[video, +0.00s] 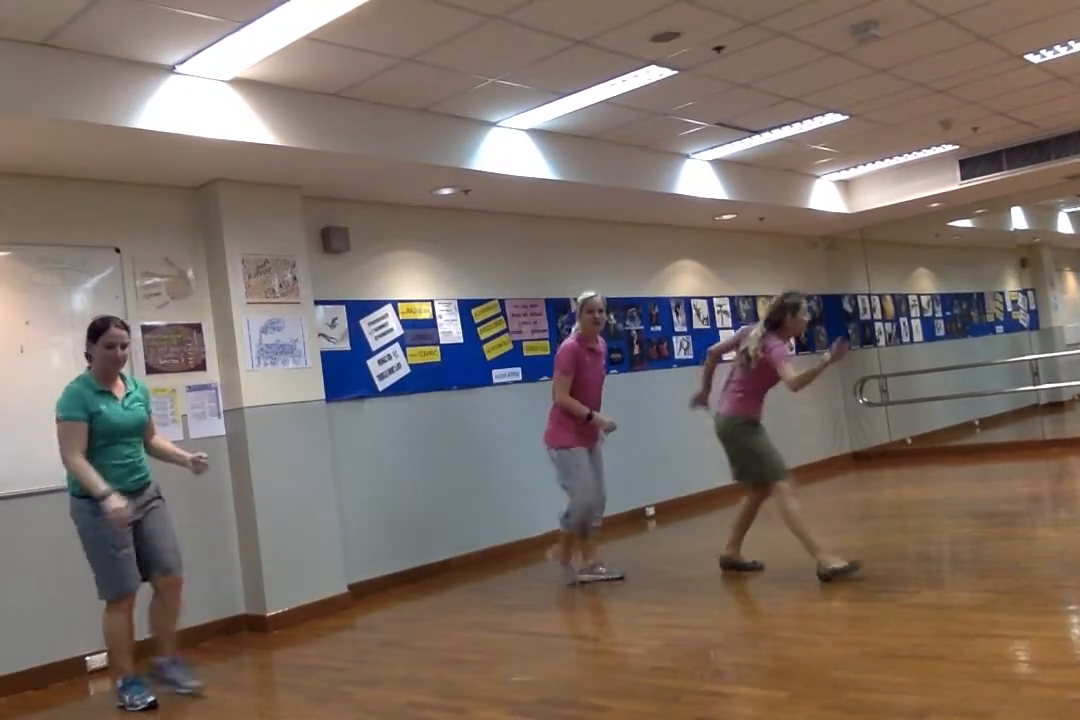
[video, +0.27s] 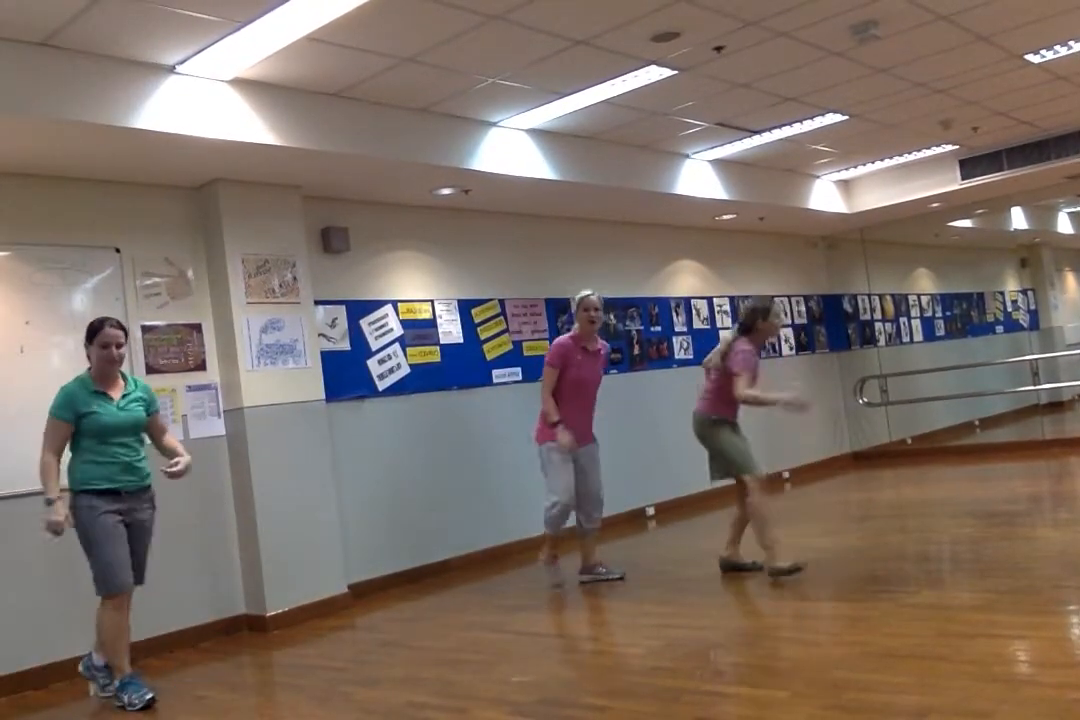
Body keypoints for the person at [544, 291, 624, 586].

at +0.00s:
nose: (597, 316)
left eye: (601, 312)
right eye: (591, 312)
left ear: (605, 315)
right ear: (580, 316)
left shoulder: (600, 348)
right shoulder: (569, 350)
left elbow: (590, 390)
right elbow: (560, 396)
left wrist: (593, 423)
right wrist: (596, 417)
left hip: (587, 434)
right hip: (564, 436)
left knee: (595, 498)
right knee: (584, 497)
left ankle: (588, 561)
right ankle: (561, 553)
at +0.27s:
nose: (593, 314)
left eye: (597, 310)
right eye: (587, 310)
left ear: (603, 314)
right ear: (576, 314)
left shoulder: (602, 349)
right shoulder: (562, 346)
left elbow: (588, 391)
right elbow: (546, 393)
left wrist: (586, 425)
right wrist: (558, 427)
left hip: (585, 435)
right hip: (555, 434)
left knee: (591, 500)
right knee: (563, 499)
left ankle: (589, 563)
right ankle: (549, 549)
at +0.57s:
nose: (565, 311)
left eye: (570, 306)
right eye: (560, 307)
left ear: (576, 310)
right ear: (549, 312)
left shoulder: (585, 349)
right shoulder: (537, 347)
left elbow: (588, 393)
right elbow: (519, 391)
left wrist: (611, 419)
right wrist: (505, 432)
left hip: (574, 440)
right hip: (541, 441)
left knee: (587, 504)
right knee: (546, 509)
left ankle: (589, 563)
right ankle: (549, 584)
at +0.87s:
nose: (545, 305)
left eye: (549, 300)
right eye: (539, 300)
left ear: (558, 306)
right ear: (530, 307)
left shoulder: (571, 346)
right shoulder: (519, 346)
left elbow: (576, 393)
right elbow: (509, 393)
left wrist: (582, 434)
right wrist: (515, 430)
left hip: (570, 438)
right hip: (534, 443)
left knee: (588, 499)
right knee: (538, 513)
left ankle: (583, 572)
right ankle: (546, 581)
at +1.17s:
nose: (552, 303)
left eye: (557, 298)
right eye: (546, 299)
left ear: (566, 303)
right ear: (537, 306)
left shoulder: (584, 343)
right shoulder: (529, 345)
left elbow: (594, 389)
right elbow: (522, 393)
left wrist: (605, 432)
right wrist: (526, 434)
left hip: (584, 443)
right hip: (547, 445)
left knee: (579, 517)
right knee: (549, 517)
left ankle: (570, 591)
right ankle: (544, 571)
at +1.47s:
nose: (580, 299)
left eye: (585, 294)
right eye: (573, 295)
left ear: (594, 300)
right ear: (564, 303)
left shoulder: (606, 339)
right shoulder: (555, 341)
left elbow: (628, 382)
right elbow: (539, 391)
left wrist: (651, 402)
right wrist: (531, 435)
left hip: (602, 434)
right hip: (571, 435)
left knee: (598, 512)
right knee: (610, 496)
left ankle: (573, 590)